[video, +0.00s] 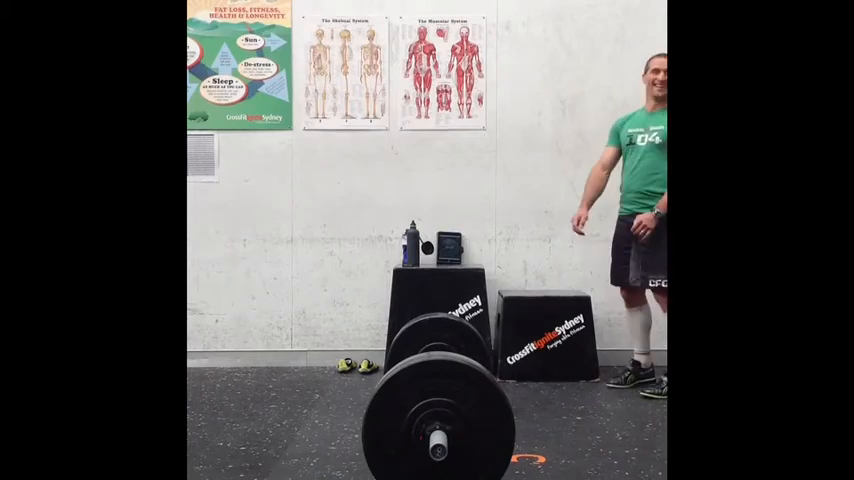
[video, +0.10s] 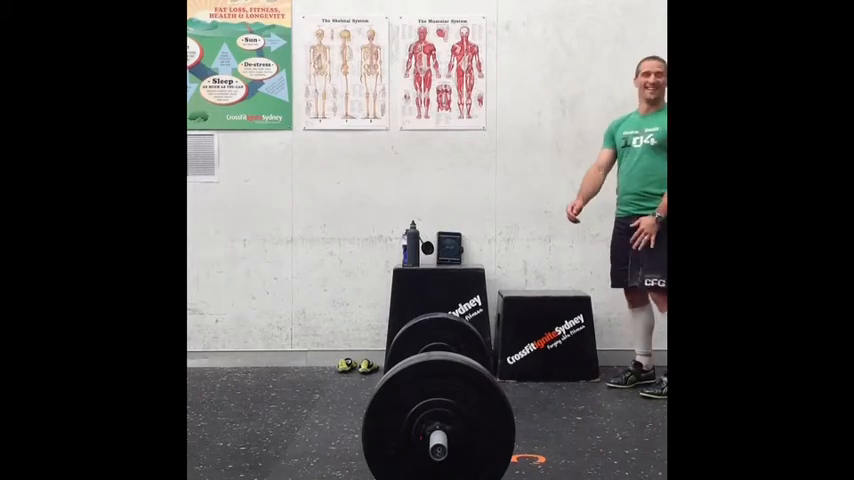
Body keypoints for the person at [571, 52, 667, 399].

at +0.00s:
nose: (661, 77)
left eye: (666, 72)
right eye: (656, 71)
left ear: (672, 81)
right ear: (644, 78)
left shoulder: (667, 120)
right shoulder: (625, 123)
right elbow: (603, 167)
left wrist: (657, 213)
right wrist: (584, 205)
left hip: (661, 219)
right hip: (629, 218)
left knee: (662, 293)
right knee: (631, 291)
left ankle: (666, 377)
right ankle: (642, 366)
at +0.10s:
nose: (652, 80)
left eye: (658, 75)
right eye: (646, 75)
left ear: (666, 82)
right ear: (636, 81)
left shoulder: (666, 120)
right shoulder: (619, 126)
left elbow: (668, 179)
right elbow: (600, 167)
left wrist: (658, 216)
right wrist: (581, 198)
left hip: (659, 221)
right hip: (627, 221)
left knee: (659, 293)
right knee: (634, 294)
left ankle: (664, 376)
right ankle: (643, 367)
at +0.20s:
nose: (645, 80)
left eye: (650, 75)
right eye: (638, 75)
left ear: (659, 81)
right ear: (628, 83)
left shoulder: (665, 120)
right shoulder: (613, 127)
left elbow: (668, 174)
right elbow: (598, 168)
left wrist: (664, 220)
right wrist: (585, 197)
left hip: (658, 220)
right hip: (625, 220)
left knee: (659, 293)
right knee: (635, 293)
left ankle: (666, 376)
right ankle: (642, 367)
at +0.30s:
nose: (638, 80)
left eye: (644, 74)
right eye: (632, 75)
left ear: (654, 81)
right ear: (623, 84)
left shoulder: (663, 120)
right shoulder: (609, 127)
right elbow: (597, 171)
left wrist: (668, 219)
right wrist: (592, 209)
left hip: (658, 219)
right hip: (624, 220)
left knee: (660, 293)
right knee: (635, 294)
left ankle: (667, 372)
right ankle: (643, 366)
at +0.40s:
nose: (634, 80)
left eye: (640, 74)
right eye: (628, 76)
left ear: (650, 81)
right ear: (619, 85)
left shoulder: (662, 119)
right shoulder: (606, 129)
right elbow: (598, 178)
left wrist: (670, 220)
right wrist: (600, 223)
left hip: (657, 220)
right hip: (621, 222)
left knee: (660, 293)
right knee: (634, 294)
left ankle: (665, 371)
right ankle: (642, 366)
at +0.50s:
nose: (630, 80)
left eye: (635, 75)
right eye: (623, 76)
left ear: (646, 82)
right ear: (616, 85)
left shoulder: (661, 119)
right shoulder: (603, 131)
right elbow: (599, 180)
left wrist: (670, 220)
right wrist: (601, 227)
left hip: (656, 219)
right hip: (620, 222)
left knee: (659, 293)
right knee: (633, 294)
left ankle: (664, 369)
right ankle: (642, 365)